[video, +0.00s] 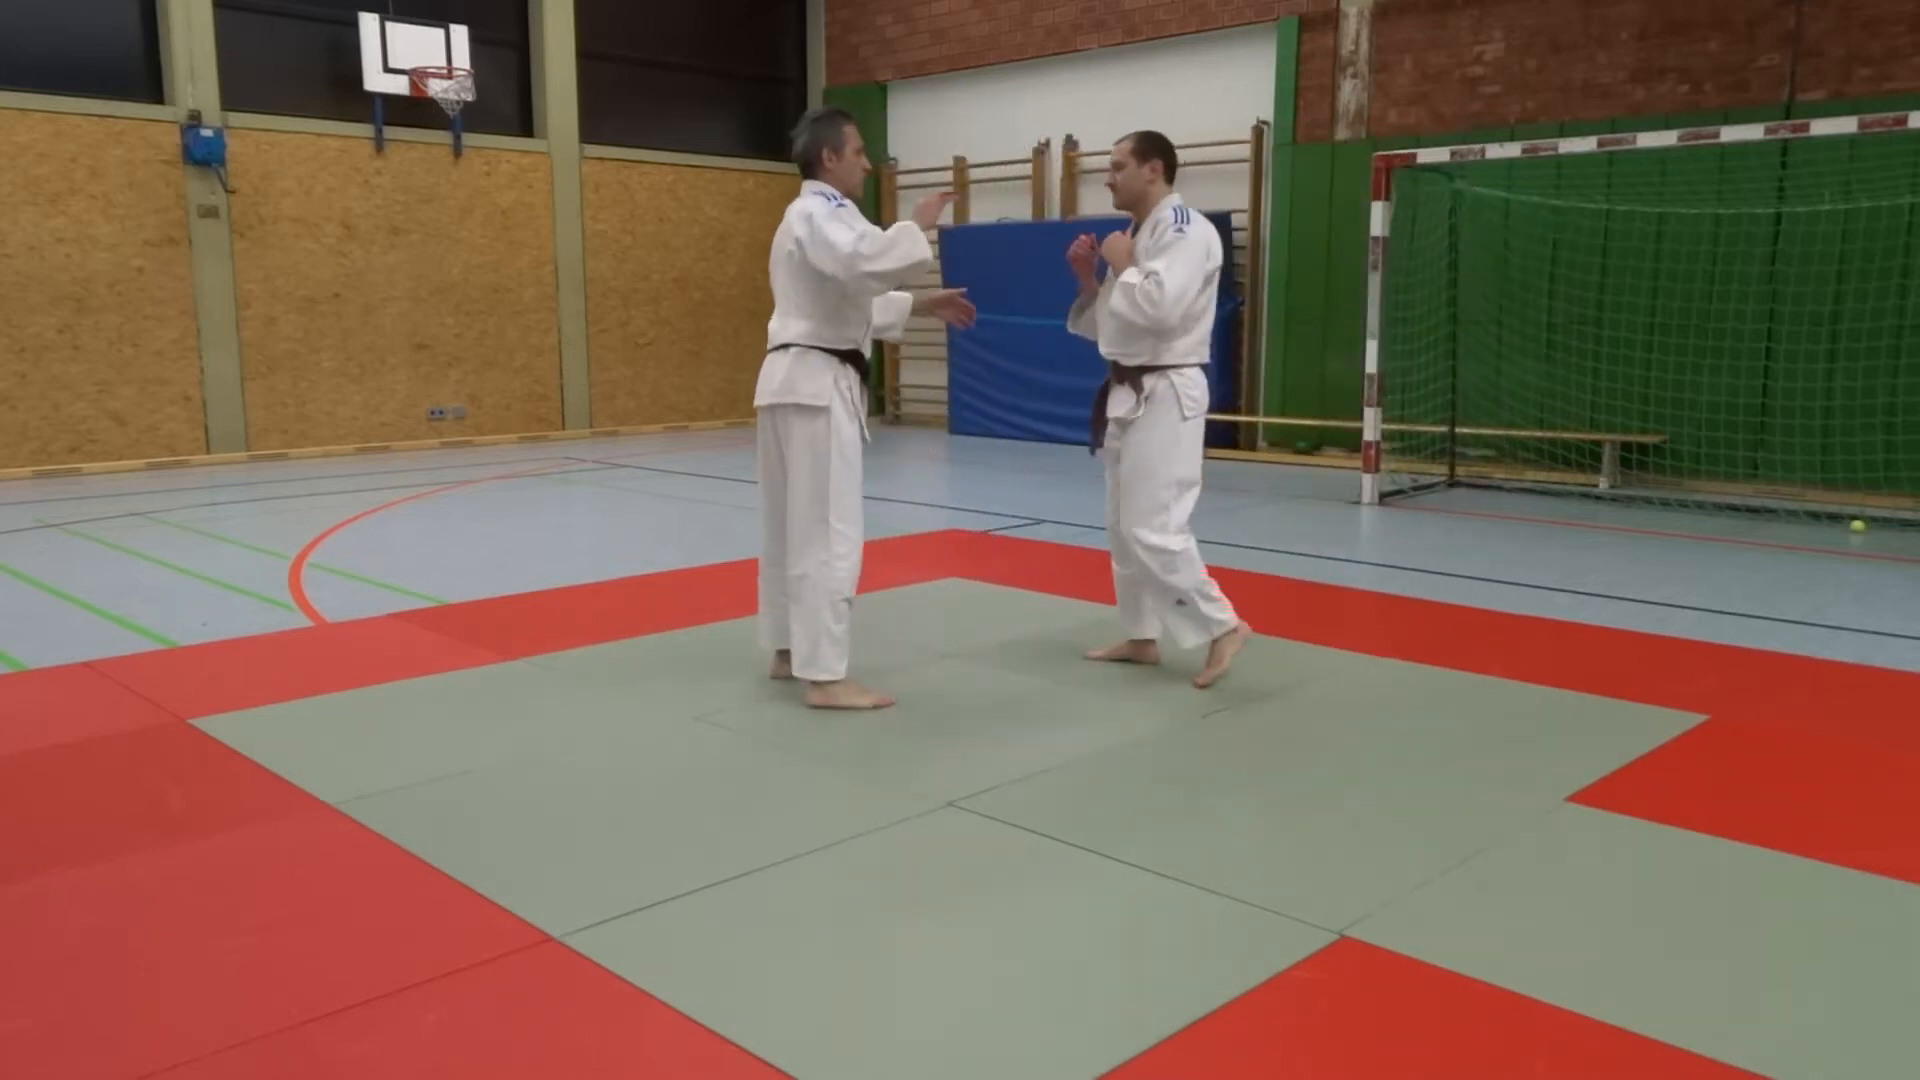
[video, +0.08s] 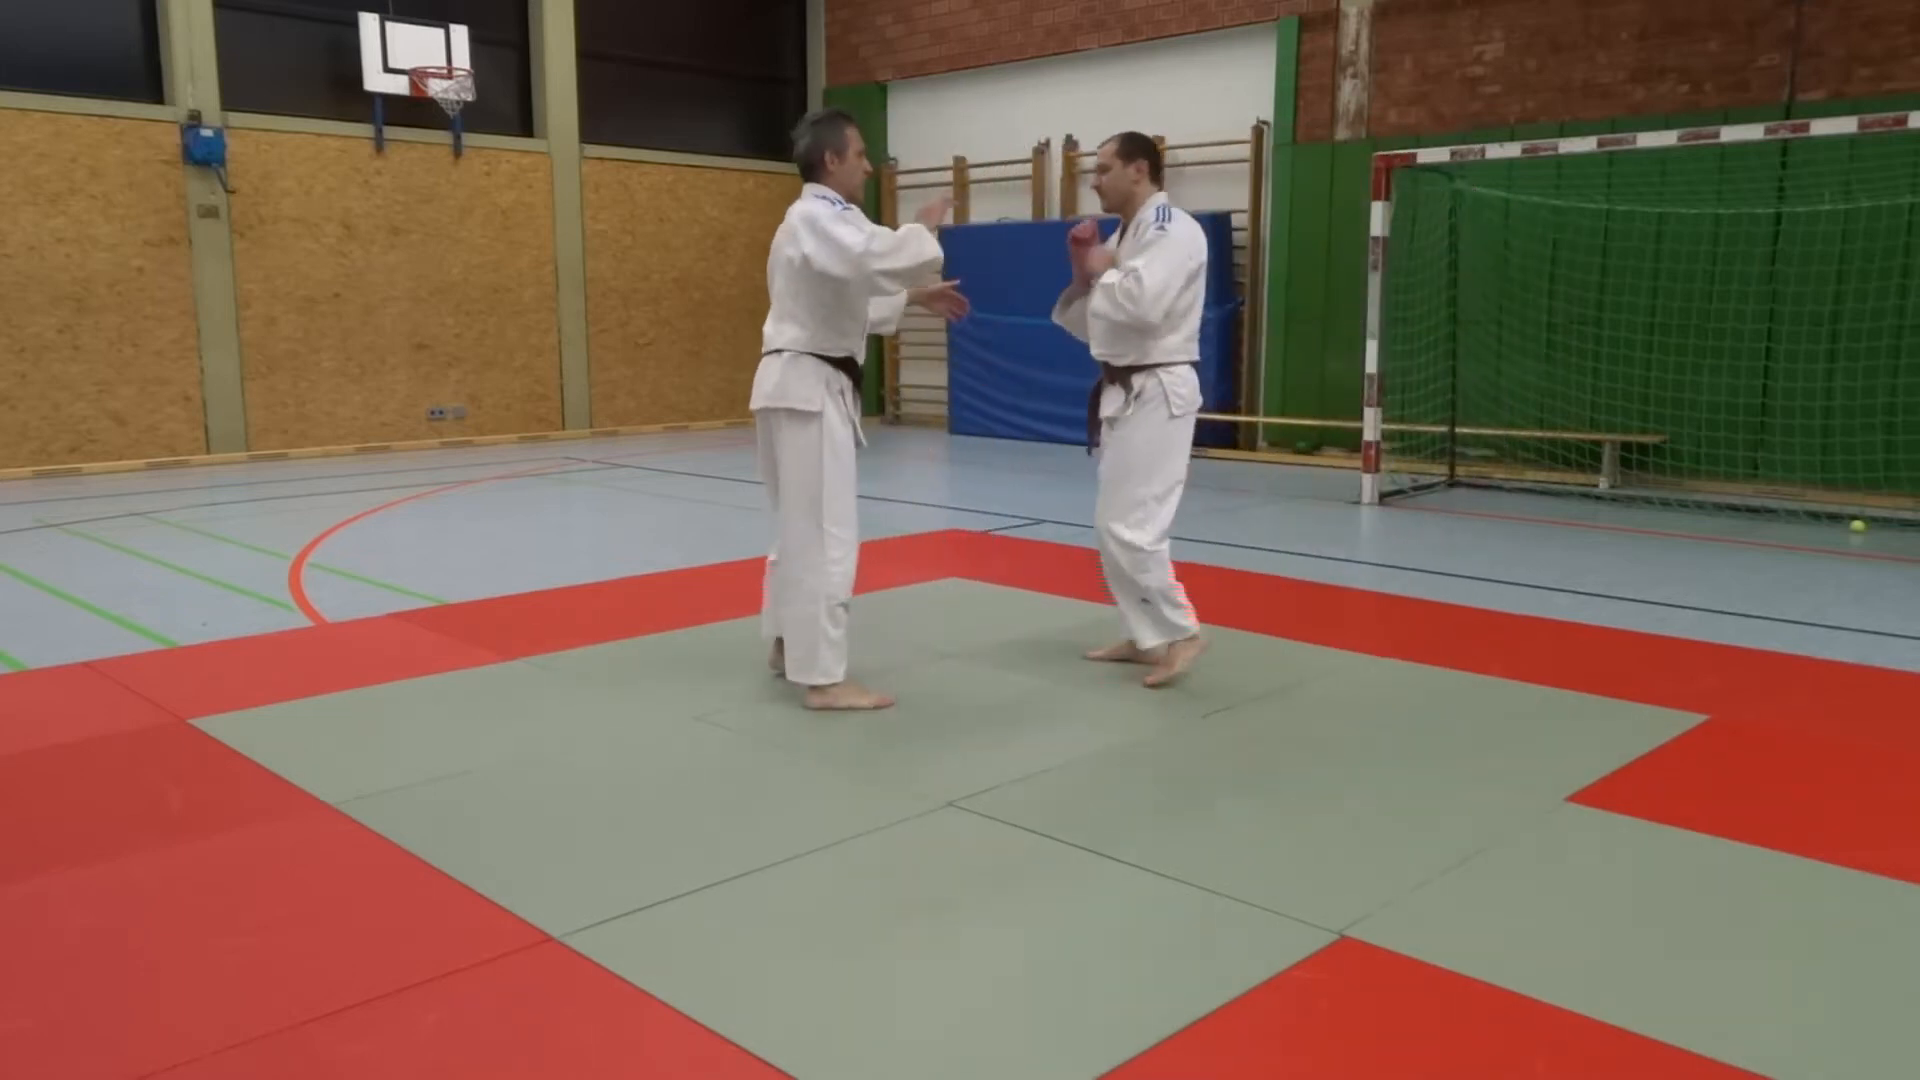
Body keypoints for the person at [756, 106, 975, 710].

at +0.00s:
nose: (867, 163)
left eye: (865, 152)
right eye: (859, 152)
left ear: (818, 159)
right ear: (831, 156)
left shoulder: (802, 215)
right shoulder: (822, 212)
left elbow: (847, 307)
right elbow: (857, 264)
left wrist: (923, 304)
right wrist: (917, 227)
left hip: (787, 378)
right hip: (818, 382)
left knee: (792, 520)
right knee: (830, 530)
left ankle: (789, 651)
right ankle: (825, 679)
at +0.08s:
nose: (868, 166)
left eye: (866, 154)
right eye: (861, 155)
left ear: (822, 162)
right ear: (832, 159)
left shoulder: (810, 216)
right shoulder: (820, 215)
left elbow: (847, 301)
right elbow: (871, 257)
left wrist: (912, 300)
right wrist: (923, 228)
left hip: (792, 380)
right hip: (811, 385)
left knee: (803, 523)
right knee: (826, 532)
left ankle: (789, 646)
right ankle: (822, 680)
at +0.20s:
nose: (866, 168)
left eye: (864, 156)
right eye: (858, 156)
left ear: (826, 162)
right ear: (828, 160)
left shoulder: (826, 221)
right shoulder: (807, 218)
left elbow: (853, 297)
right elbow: (842, 276)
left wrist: (918, 292)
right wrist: (916, 261)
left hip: (809, 383)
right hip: (801, 387)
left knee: (804, 517)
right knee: (823, 532)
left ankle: (771, 628)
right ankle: (821, 680)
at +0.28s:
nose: (859, 169)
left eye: (857, 158)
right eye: (851, 158)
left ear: (818, 164)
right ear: (821, 163)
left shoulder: (825, 224)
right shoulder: (801, 223)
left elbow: (866, 290)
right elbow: (800, 293)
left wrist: (939, 294)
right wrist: (881, 286)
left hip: (807, 387)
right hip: (794, 389)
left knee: (790, 520)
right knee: (815, 532)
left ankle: (742, 631)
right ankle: (820, 679)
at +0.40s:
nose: (852, 182)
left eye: (851, 170)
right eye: (843, 170)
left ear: (814, 176)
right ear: (808, 175)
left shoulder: (839, 241)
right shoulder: (774, 232)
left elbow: (905, 279)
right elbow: (728, 301)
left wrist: (982, 292)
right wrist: (801, 307)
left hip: (805, 395)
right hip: (776, 393)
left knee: (762, 525)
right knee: (809, 532)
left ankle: (713, 641)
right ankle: (820, 679)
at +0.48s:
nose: (849, 187)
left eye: (848, 176)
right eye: (838, 176)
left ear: (820, 181)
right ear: (802, 179)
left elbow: (907, 292)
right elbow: (700, 297)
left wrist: (987, 293)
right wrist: (758, 306)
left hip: (800, 400)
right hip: (762, 393)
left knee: (758, 522)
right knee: (800, 528)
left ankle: (708, 641)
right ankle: (819, 674)